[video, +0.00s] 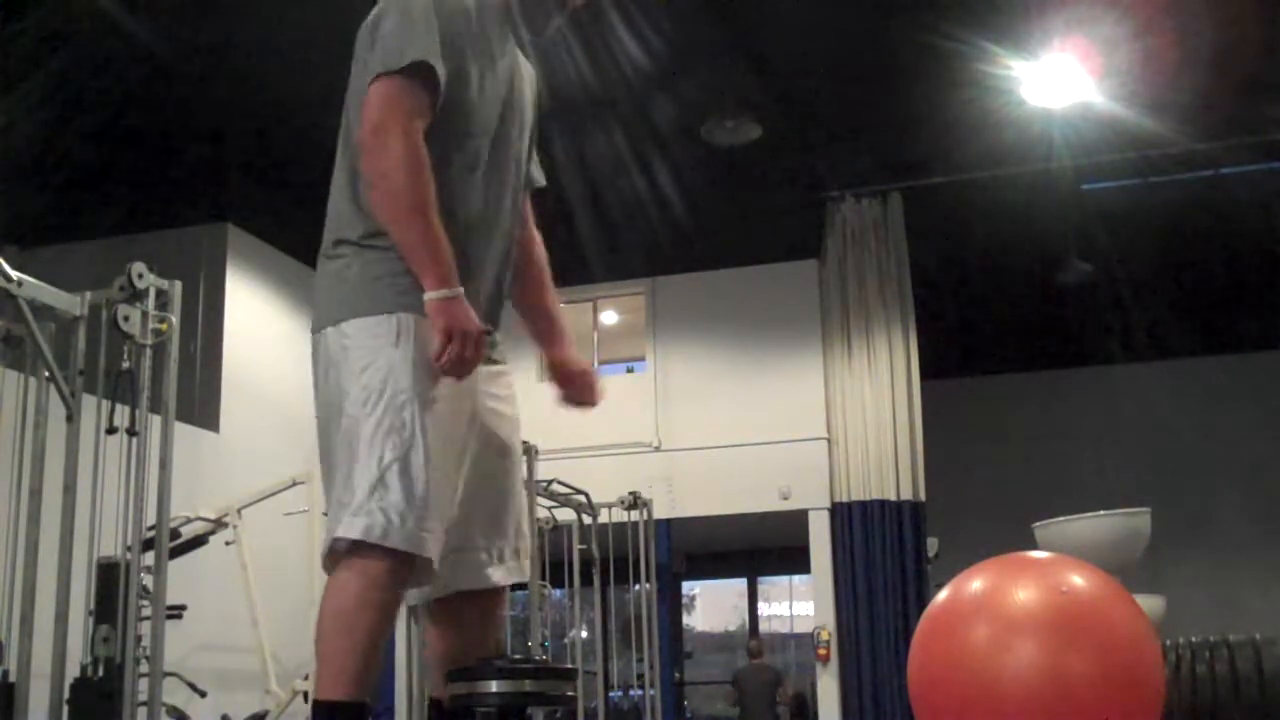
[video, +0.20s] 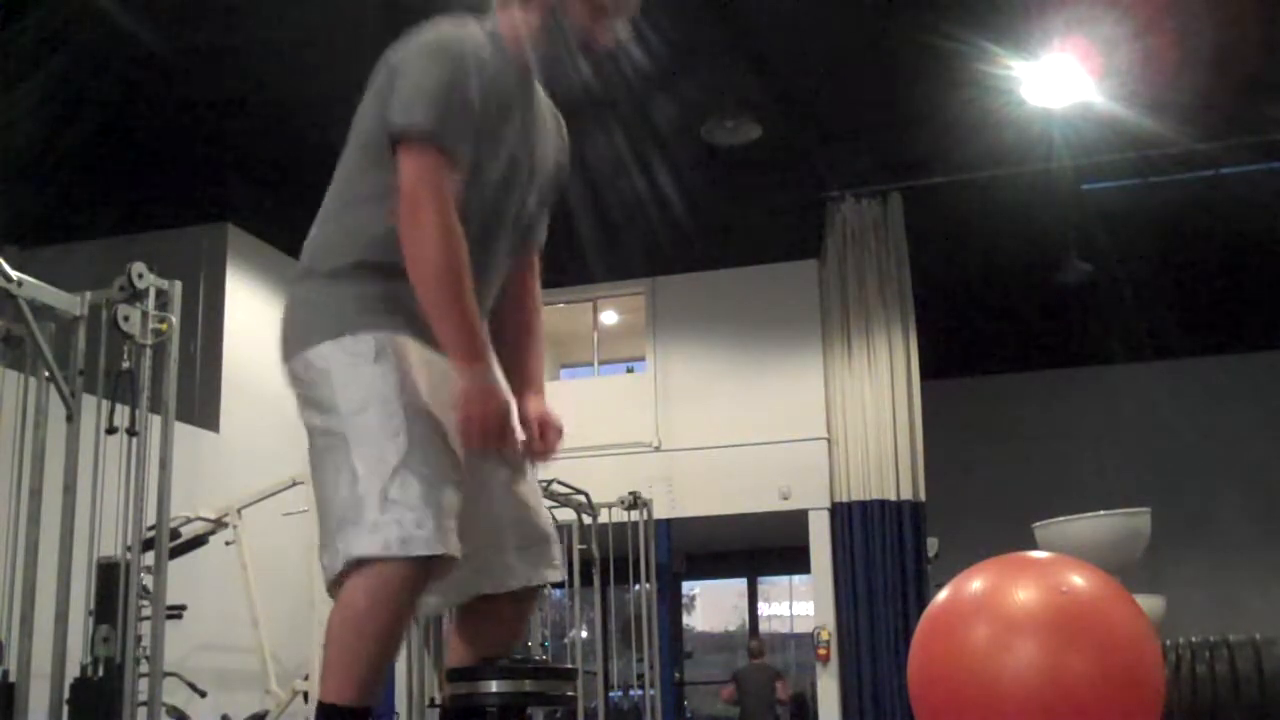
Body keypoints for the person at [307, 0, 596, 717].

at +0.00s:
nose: (580, 6)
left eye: (581, 10)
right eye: (578, 3)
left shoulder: (517, 64)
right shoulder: (427, 6)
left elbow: (513, 217)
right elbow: (386, 137)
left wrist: (557, 342)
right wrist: (442, 286)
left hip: (472, 323)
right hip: (388, 305)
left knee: (474, 567)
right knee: (380, 543)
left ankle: (470, 717)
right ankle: (336, 714)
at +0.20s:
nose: (608, 35)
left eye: (619, 22)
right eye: (601, 11)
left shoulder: (549, 131)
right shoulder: (447, 50)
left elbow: (519, 272)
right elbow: (424, 213)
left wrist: (530, 389)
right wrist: (475, 369)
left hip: (454, 342)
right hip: (358, 318)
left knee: (511, 558)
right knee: (402, 535)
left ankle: (475, 712)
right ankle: (339, 713)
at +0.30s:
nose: (617, 87)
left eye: (629, 75)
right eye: (613, 61)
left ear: (627, 89)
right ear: (564, 41)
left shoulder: (559, 192)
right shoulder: (464, 118)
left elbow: (526, 335)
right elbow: (447, 292)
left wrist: (542, 462)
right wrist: (486, 453)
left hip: (422, 377)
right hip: (329, 350)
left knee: (532, 554)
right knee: (420, 533)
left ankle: (476, 711)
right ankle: (342, 715)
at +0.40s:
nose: (639, 146)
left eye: (645, 129)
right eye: (628, 120)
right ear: (571, 108)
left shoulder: (566, 263)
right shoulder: (480, 199)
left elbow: (538, 420)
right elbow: (467, 390)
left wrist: (548, 562)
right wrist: (489, 552)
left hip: (403, 415)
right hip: (314, 392)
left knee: (552, 569)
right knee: (441, 542)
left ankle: (487, 709)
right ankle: (347, 712)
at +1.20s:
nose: (578, 165)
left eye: (575, 150)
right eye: (559, 147)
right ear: (498, 159)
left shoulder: (544, 323)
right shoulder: (449, 269)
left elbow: (534, 478)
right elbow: (459, 459)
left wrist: (543, 613)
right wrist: (477, 617)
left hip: (388, 479)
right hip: (290, 467)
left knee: (570, 572)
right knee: (450, 544)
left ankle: (480, 707)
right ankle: (354, 711)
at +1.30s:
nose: (569, 133)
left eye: (565, 117)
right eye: (549, 115)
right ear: (490, 128)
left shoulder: (538, 291)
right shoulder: (443, 233)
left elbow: (528, 439)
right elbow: (456, 422)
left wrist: (538, 573)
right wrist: (475, 574)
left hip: (389, 455)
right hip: (293, 437)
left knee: (563, 569)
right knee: (444, 542)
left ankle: (482, 702)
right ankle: (352, 709)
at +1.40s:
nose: (562, 93)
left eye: (559, 77)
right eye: (544, 74)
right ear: (483, 86)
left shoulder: (533, 248)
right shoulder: (440, 190)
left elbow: (526, 398)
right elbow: (456, 377)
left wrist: (538, 537)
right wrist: (479, 527)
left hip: (388, 421)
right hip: (297, 404)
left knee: (551, 563)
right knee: (434, 538)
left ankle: (472, 709)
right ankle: (347, 710)